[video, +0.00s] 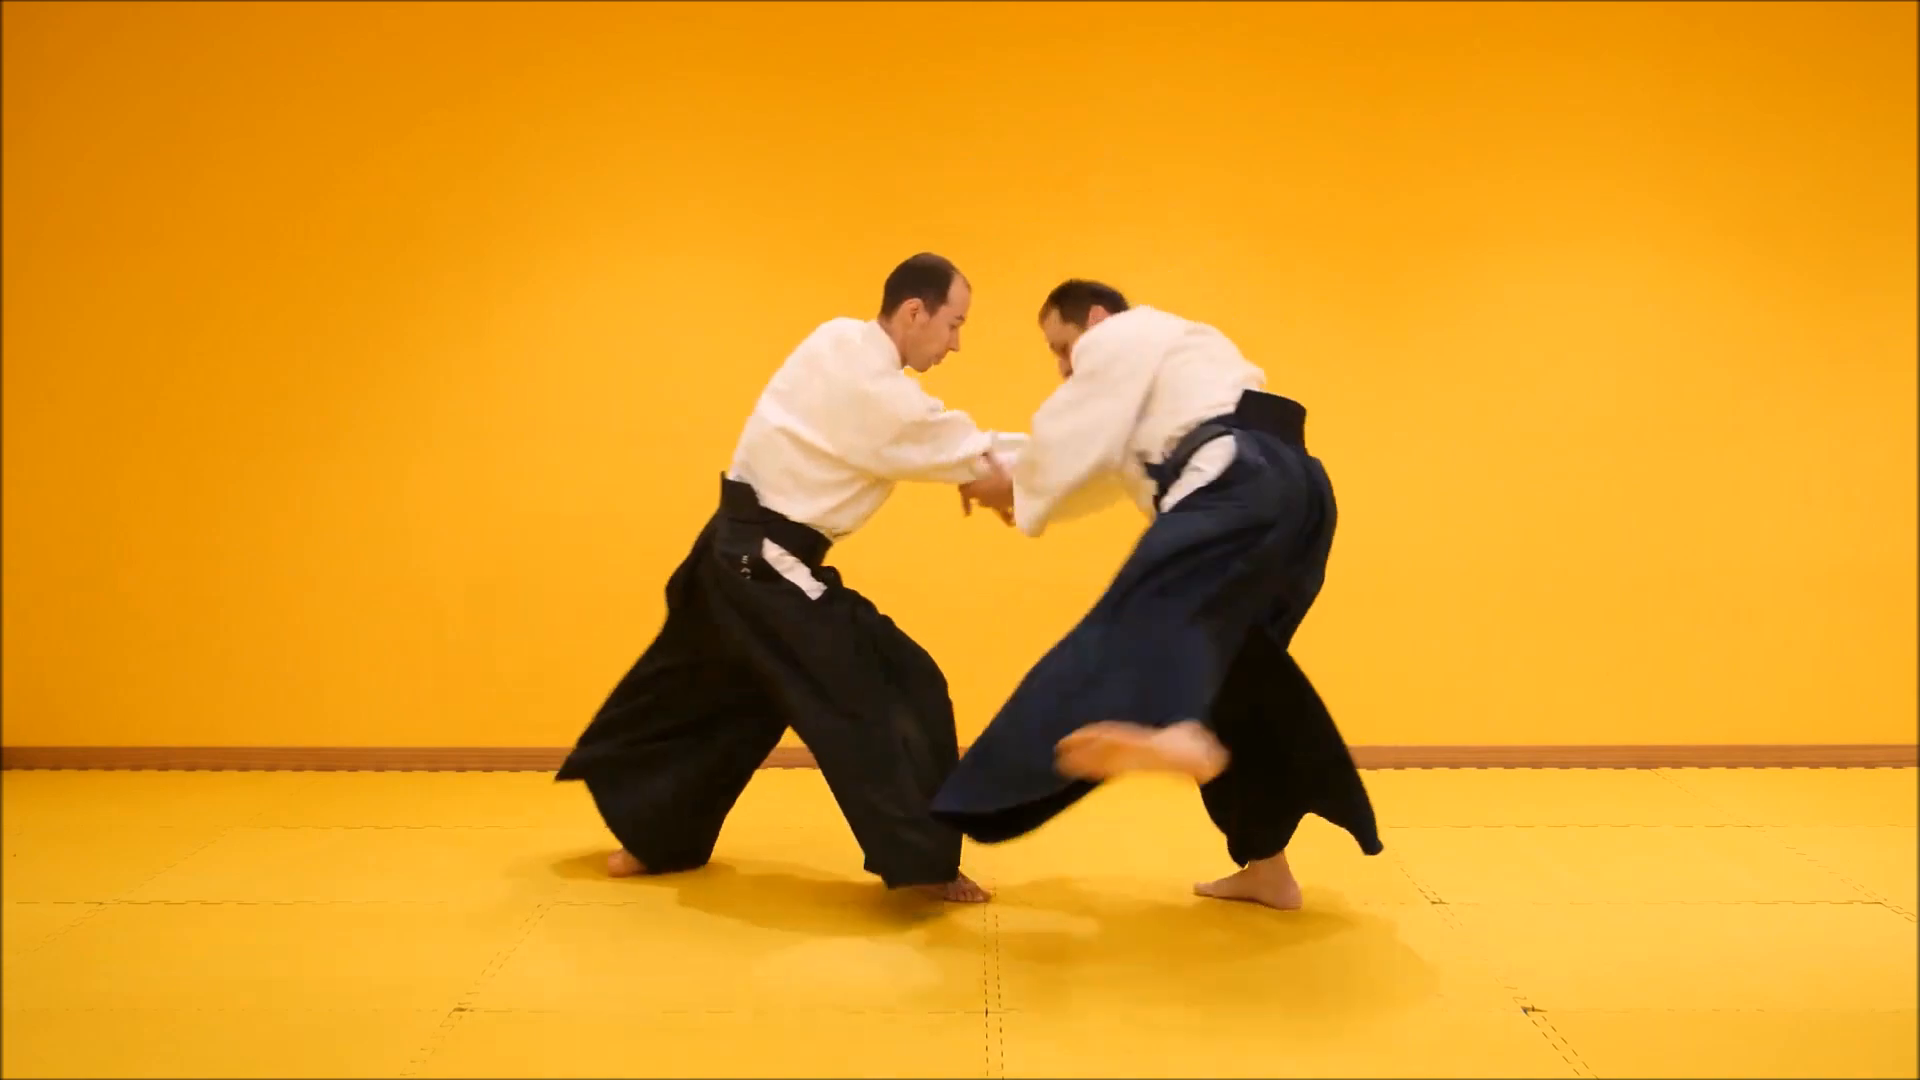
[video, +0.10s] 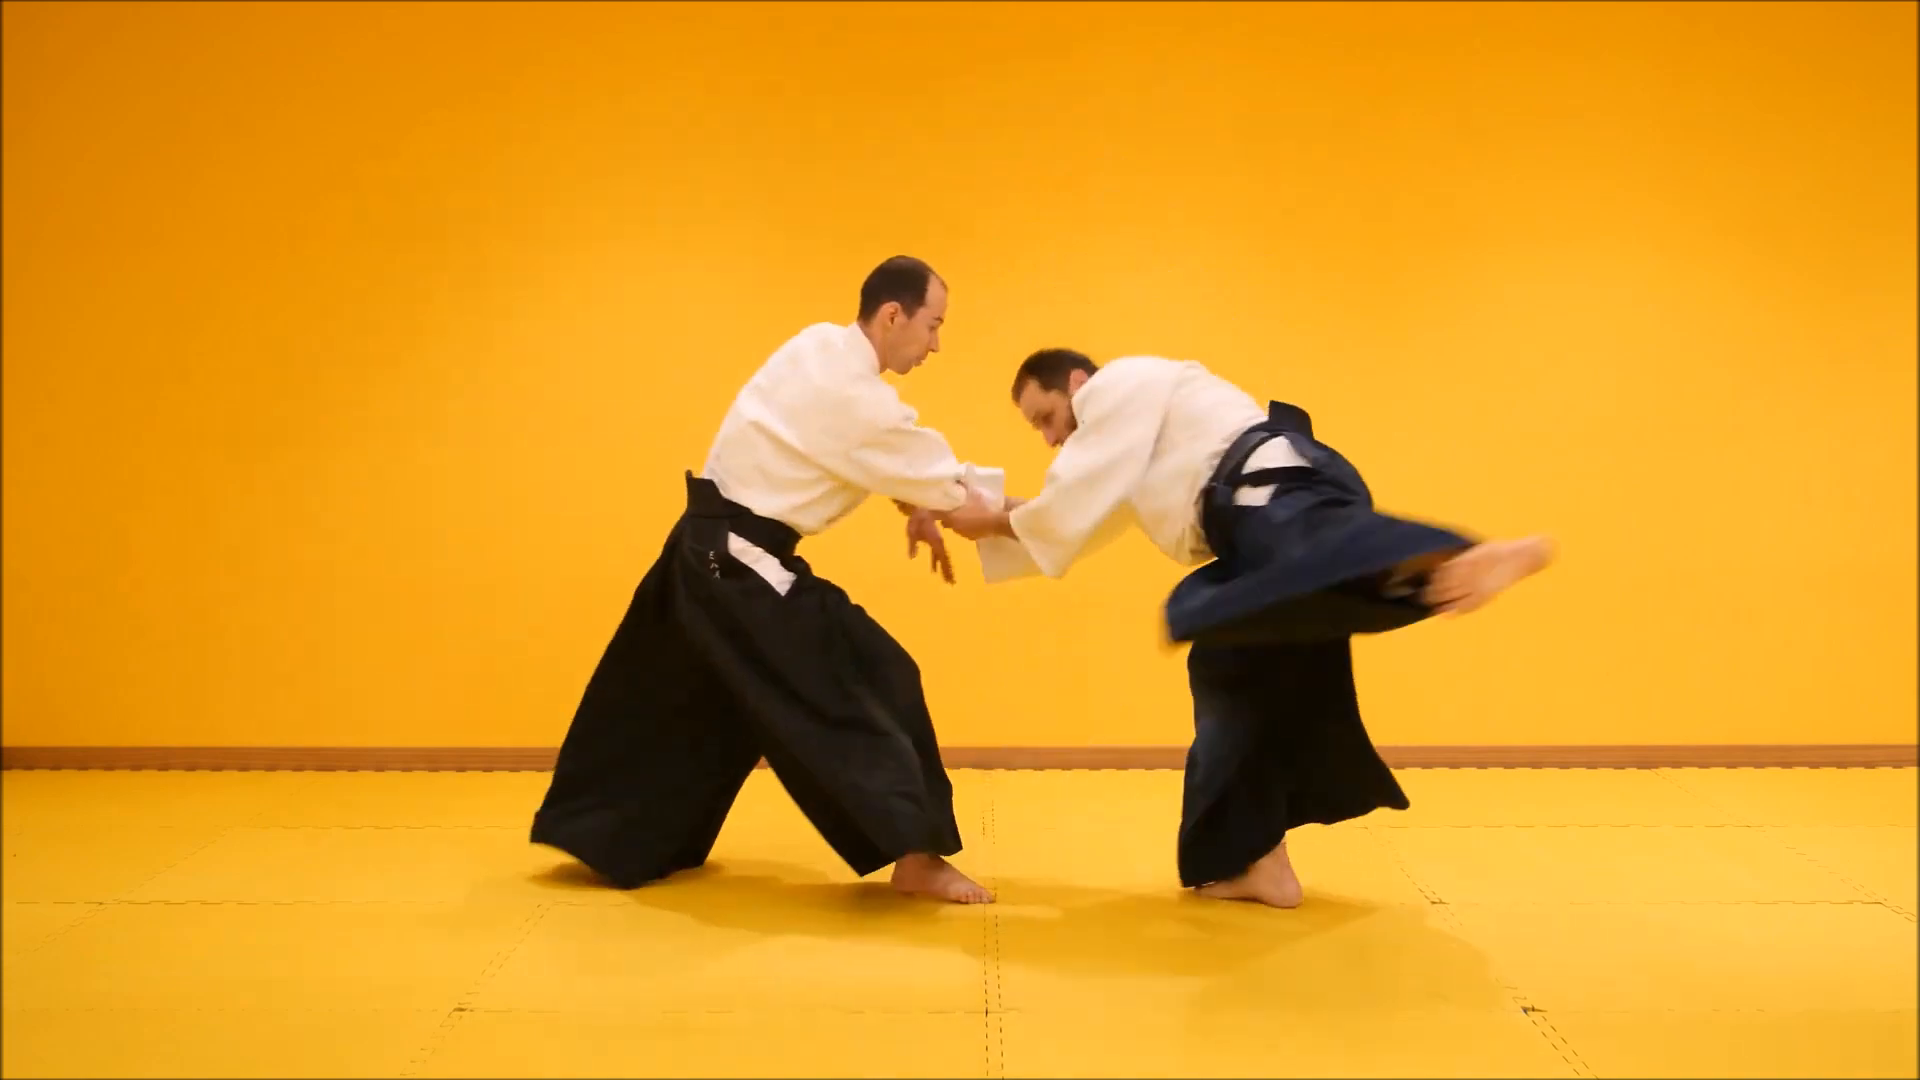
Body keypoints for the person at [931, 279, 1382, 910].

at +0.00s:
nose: (1062, 365)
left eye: (1061, 346)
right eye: (1056, 353)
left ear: (1097, 316)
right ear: (1112, 313)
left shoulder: (1120, 336)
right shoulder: (1175, 339)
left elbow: (1069, 438)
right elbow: (1112, 470)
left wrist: (1013, 485)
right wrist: (1017, 489)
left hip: (1242, 471)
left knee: (1156, 600)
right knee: (1234, 664)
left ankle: (1178, 724)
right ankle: (1266, 865)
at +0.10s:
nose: (1047, 436)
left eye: (1044, 418)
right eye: (1037, 428)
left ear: (1074, 379)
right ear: (1072, 398)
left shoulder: (1123, 382)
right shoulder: (1114, 436)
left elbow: (1077, 491)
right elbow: (1062, 535)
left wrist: (1002, 515)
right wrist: (967, 540)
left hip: (1268, 476)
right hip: (1238, 538)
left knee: (1305, 544)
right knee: (1228, 682)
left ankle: (1464, 565)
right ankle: (1262, 863)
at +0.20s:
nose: (1034, 487)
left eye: (1028, 467)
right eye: (1024, 478)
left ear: (1050, 429)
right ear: (1041, 454)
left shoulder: (1115, 424)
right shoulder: (1096, 468)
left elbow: (1058, 564)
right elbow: (1043, 585)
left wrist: (960, 556)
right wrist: (958, 563)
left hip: (1314, 505)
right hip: (1263, 560)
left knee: (1476, 526)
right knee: (1232, 685)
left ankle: (1687, 485)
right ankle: (1278, 863)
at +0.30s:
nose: (1044, 508)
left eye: (1036, 491)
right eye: (1029, 504)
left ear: (1053, 449)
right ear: (1033, 481)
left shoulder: (1125, 437)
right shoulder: (1099, 485)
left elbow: (1083, 577)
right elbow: (1075, 592)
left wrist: (988, 595)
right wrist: (983, 603)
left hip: (1337, 504)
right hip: (1276, 566)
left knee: (1514, 554)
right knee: (1221, 675)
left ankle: (1717, 536)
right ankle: (1285, 860)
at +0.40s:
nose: (1065, 505)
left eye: (1062, 484)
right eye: (1052, 496)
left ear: (1085, 444)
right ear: (1055, 476)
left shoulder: (1172, 432)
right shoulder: (1105, 489)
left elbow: (1130, 555)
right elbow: (1091, 589)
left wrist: (1032, 577)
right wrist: (1001, 625)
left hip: (1338, 510)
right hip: (1254, 569)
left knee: (1478, 597)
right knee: (1231, 703)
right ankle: (1279, 866)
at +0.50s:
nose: (1115, 458)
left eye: (1122, 442)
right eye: (1106, 447)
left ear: (1165, 416)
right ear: (1099, 438)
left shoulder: (1256, 418)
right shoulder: (1116, 466)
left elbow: (1189, 528)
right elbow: (1097, 558)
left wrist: (1063, 532)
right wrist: (1046, 618)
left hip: (1334, 555)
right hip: (1234, 578)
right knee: (1236, 716)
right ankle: (1275, 867)